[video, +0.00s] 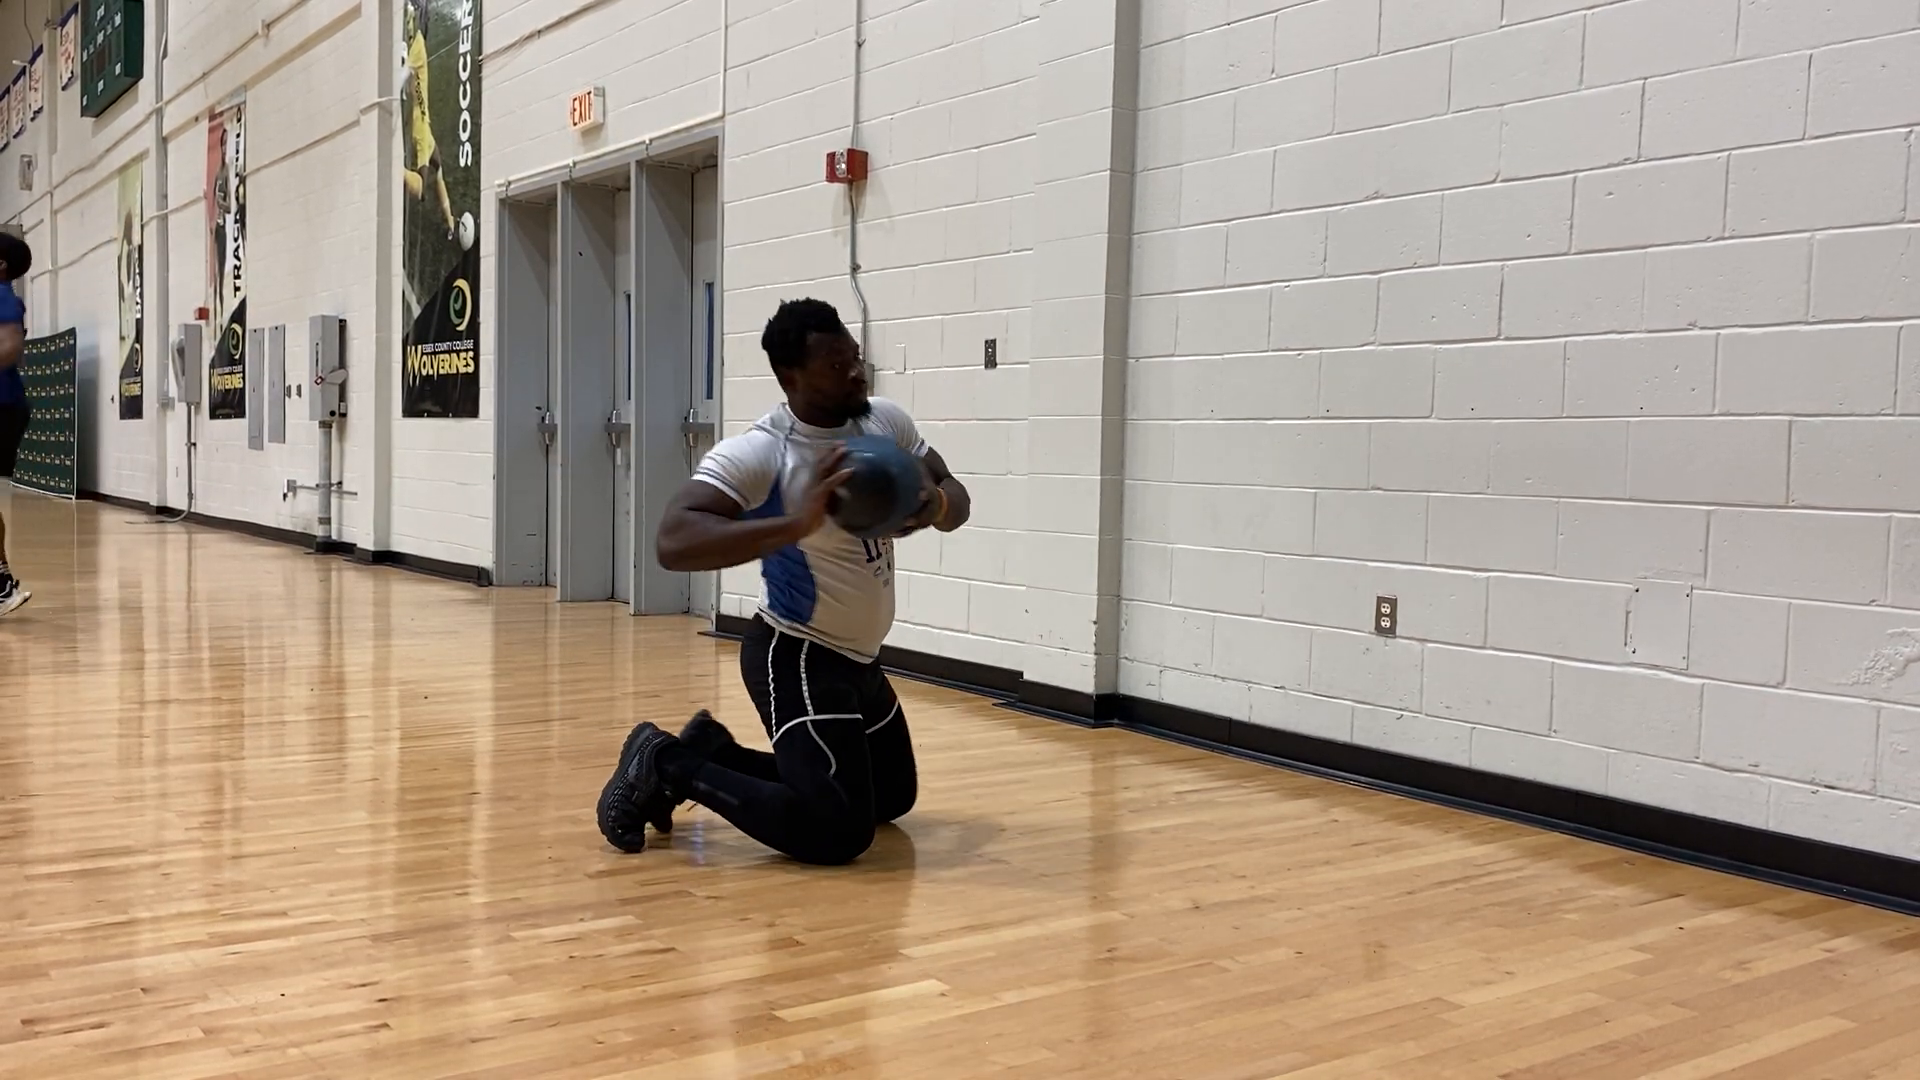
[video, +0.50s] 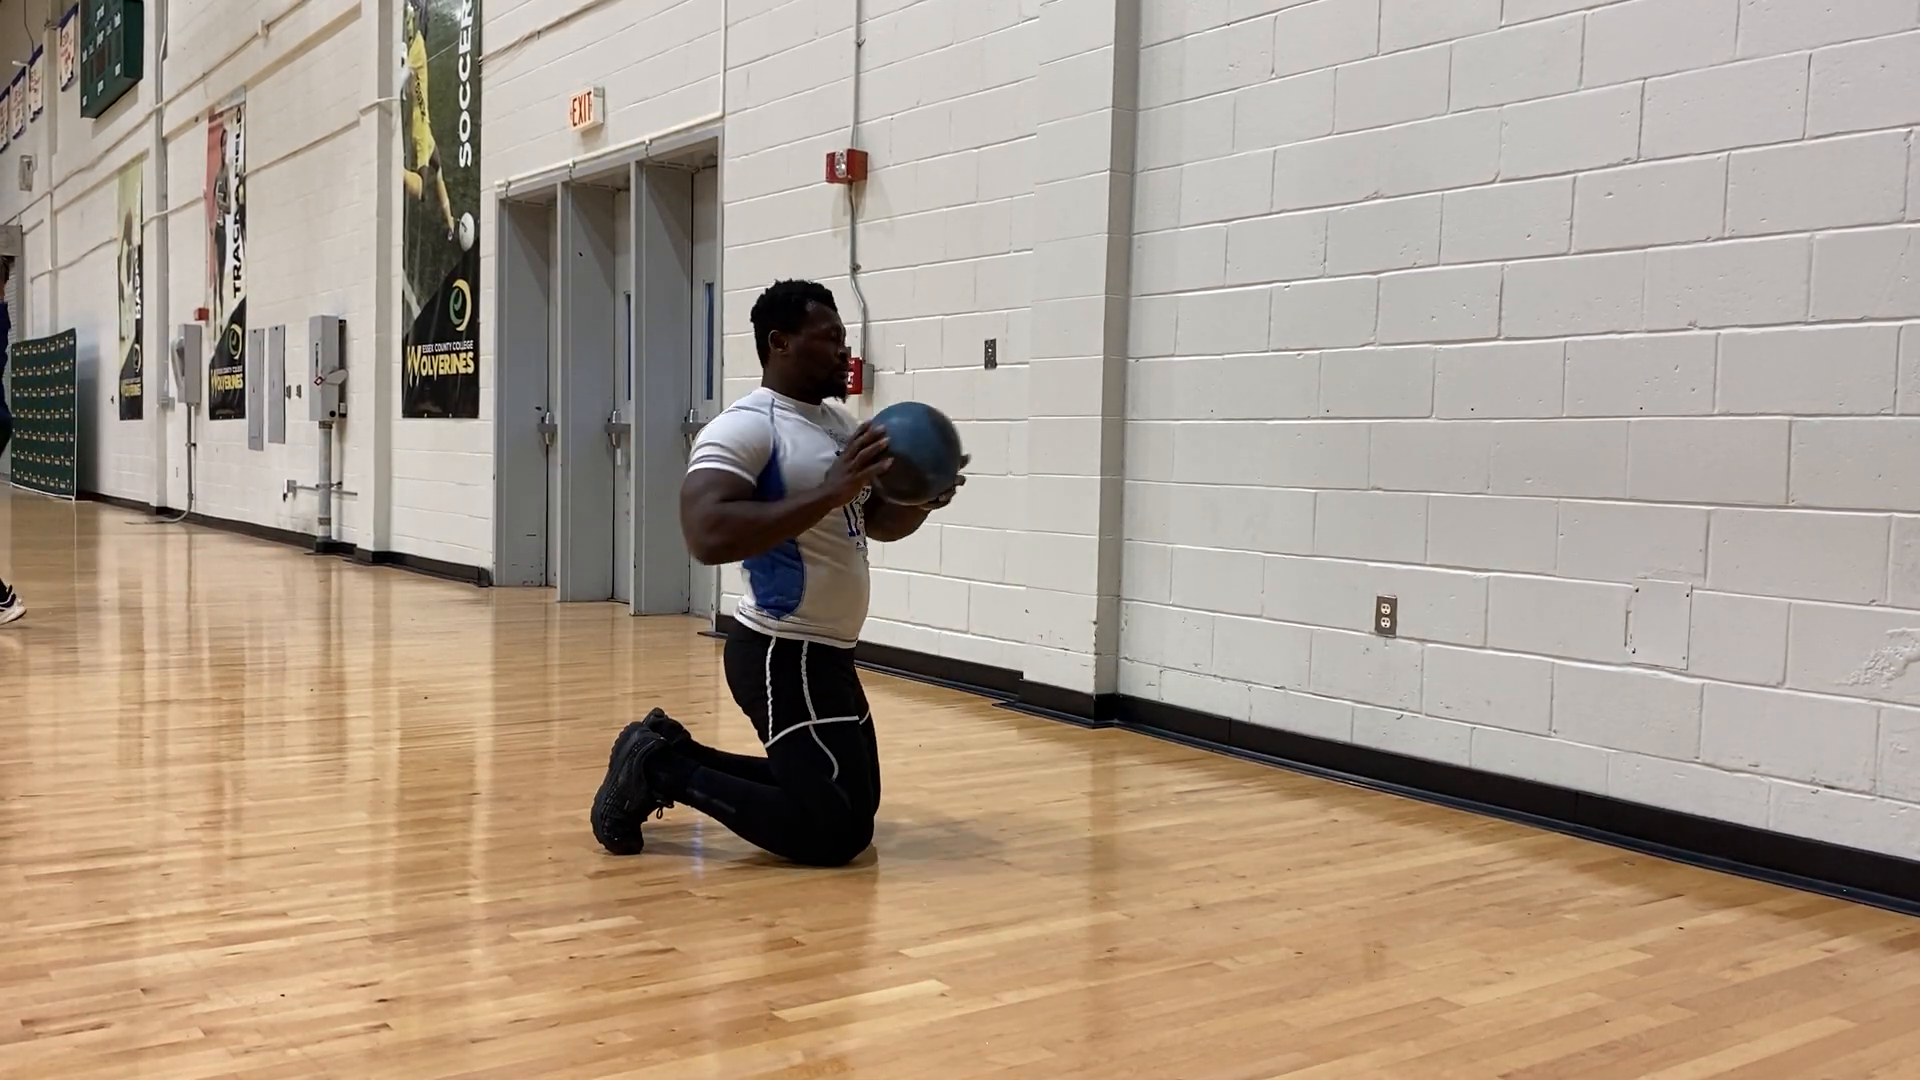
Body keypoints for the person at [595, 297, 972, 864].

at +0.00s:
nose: (857, 367)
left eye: (855, 353)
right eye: (837, 361)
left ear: (859, 347)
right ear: (790, 379)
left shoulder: (886, 423)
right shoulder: (762, 450)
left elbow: (954, 500)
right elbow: (674, 542)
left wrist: (934, 504)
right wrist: (793, 526)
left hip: (855, 657)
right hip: (796, 654)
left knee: (889, 793)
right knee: (837, 831)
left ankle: (717, 755)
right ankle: (667, 765)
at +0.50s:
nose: (844, 346)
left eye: (842, 334)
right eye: (828, 335)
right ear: (778, 345)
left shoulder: (839, 423)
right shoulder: (742, 425)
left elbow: (880, 522)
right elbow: (708, 534)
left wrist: (919, 494)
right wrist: (828, 494)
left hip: (825, 648)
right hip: (783, 649)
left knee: (848, 804)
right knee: (834, 832)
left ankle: (679, 755)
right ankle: (662, 769)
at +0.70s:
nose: (860, 358)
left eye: (857, 344)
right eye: (845, 345)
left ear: (809, 356)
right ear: (799, 354)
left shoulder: (825, 434)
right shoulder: (773, 420)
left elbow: (839, 544)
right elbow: (792, 509)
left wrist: (910, 518)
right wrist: (876, 479)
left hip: (808, 648)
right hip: (777, 651)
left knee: (848, 798)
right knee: (833, 831)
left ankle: (679, 755)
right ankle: (662, 770)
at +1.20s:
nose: (868, 360)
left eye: (865, 346)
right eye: (858, 347)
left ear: (820, 361)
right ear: (822, 361)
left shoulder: (838, 426)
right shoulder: (771, 414)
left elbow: (888, 513)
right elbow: (741, 493)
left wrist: (915, 467)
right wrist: (848, 449)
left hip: (814, 648)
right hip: (766, 645)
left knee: (853, 799)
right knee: (792, 832)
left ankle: (683, 757)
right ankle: (621, 768)